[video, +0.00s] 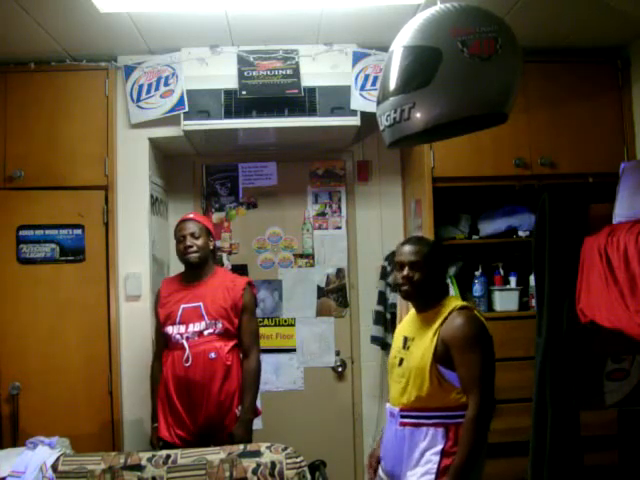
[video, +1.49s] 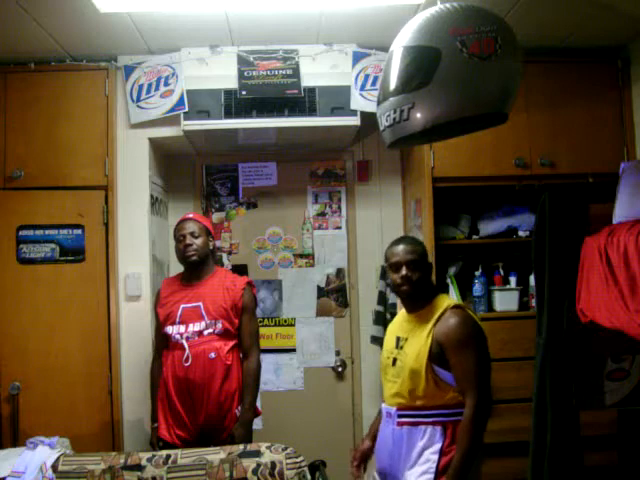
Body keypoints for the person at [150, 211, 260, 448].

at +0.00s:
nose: (187, 243)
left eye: (195, 236)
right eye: (180, 239)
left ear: (211, 242)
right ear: (176, 247)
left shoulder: (237, 288)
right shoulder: (167, 290)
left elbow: (251, 354)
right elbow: (160, 355)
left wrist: (245, 417)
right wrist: (157, 419)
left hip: (225, 416)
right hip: (176, 416)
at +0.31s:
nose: (187, 241)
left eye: (195, 234)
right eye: (180, 237)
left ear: (211, 242)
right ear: (176, 248)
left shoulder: (237, 288)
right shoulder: (167, 289)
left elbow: (251, 355)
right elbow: (160, 355)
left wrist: (245, 417)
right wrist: (157, 420)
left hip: (225, 416)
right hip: (176, 416)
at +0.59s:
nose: (187, 242)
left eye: (195, 235)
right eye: (180, 238)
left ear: (211, 242)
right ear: (176, 248)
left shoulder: (237, 288)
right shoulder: (167, 290)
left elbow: (251, 355)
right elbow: (160, 355)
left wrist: (246, 417)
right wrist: (157, 419)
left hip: (225, 416)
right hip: (176, 416)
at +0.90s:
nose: (187, 241)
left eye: (195, 235)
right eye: (180, 238)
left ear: (211, 242)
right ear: (176, 248)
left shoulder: (237, 288)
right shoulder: (167, 290)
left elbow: (251, 355)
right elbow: (160, 355)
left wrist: (246, 417)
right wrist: (157, 419)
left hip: (225, 416)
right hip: (176, 416)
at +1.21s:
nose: (187, 241)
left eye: (195, 235)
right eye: (180, 238)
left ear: (211, 242)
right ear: (176, 248)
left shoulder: (237, 288)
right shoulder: (167, 290)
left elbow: (251, 355)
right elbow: (160, 355)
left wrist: (246, 417)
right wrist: (157, 419)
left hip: (225, 416)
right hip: (176, 416)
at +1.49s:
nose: (187, 242)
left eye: (195, 235)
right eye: (180, 238)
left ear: (211, 242)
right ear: (176, 248)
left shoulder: (237, 288)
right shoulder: (167, 290)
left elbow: (251, 355)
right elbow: (159, 355)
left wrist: (246, 417)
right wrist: (157, 420)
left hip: (225, 417)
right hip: (176, 417)